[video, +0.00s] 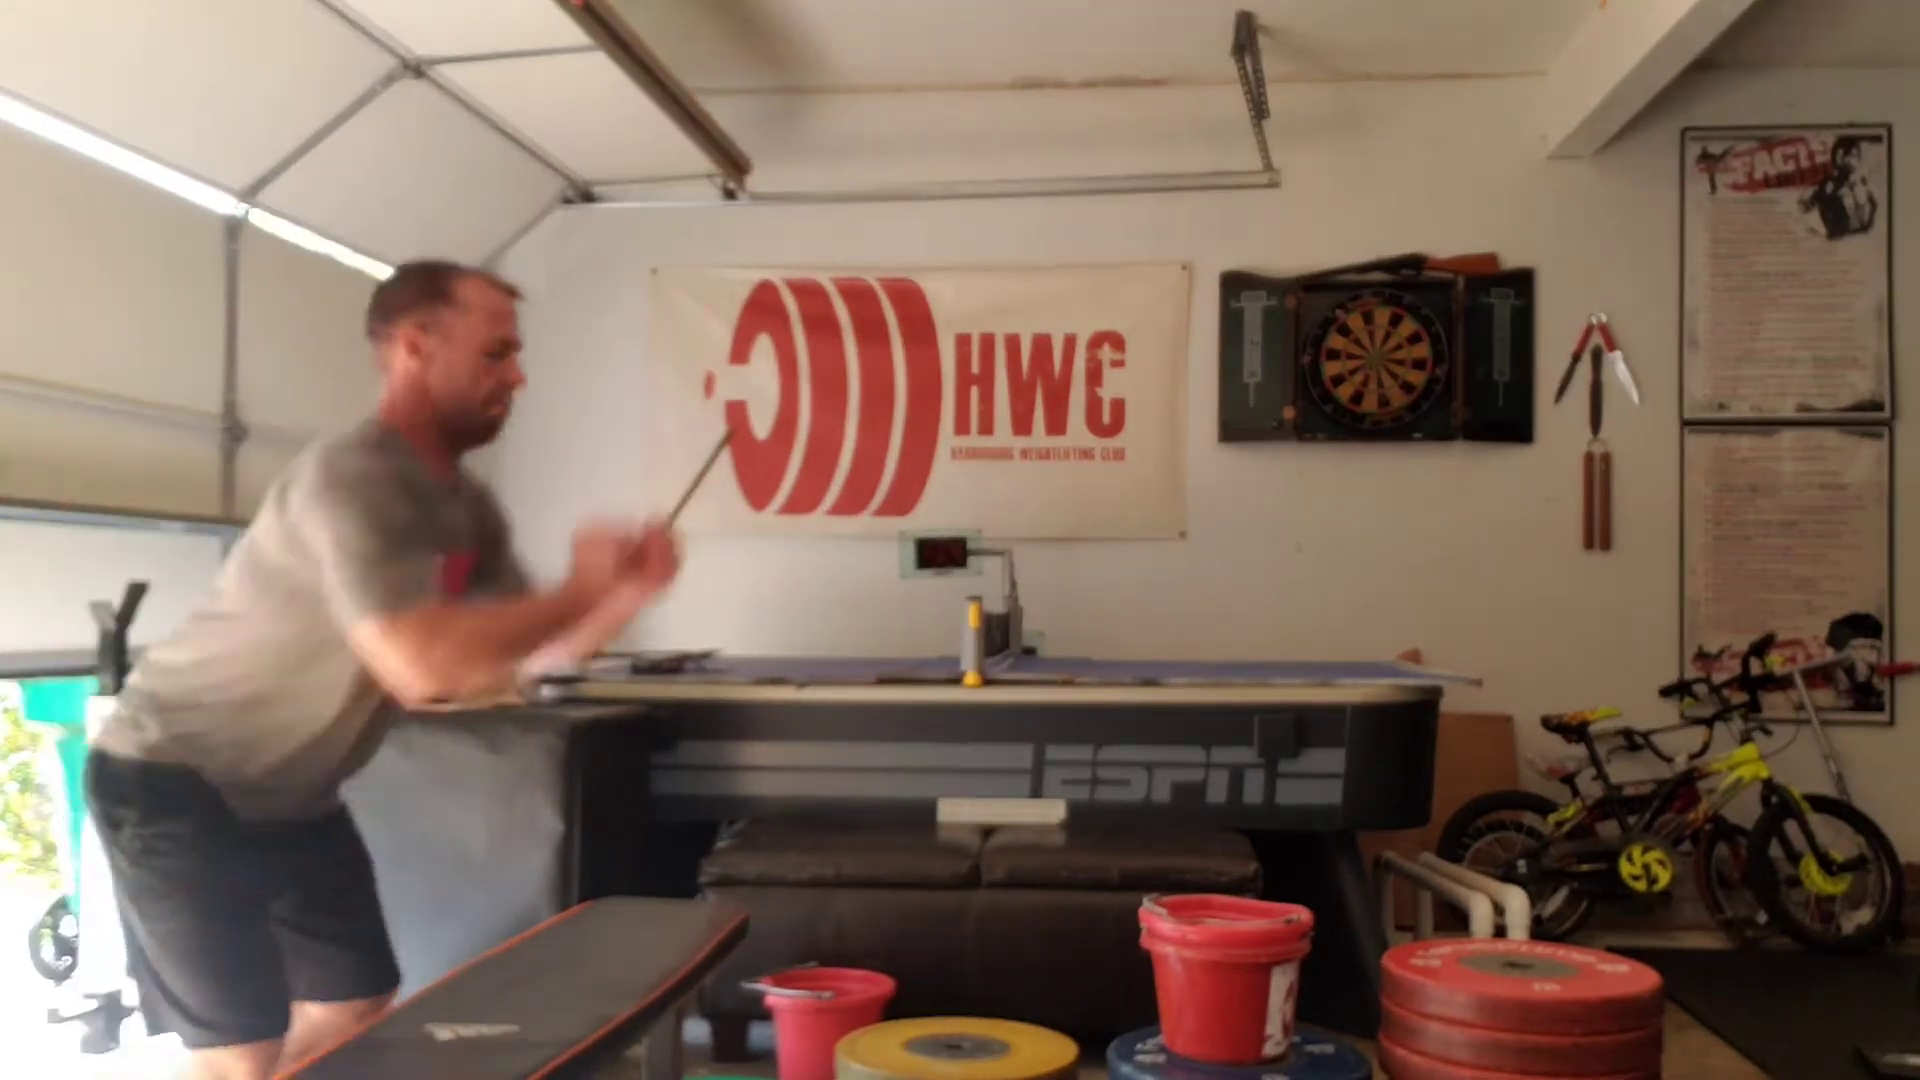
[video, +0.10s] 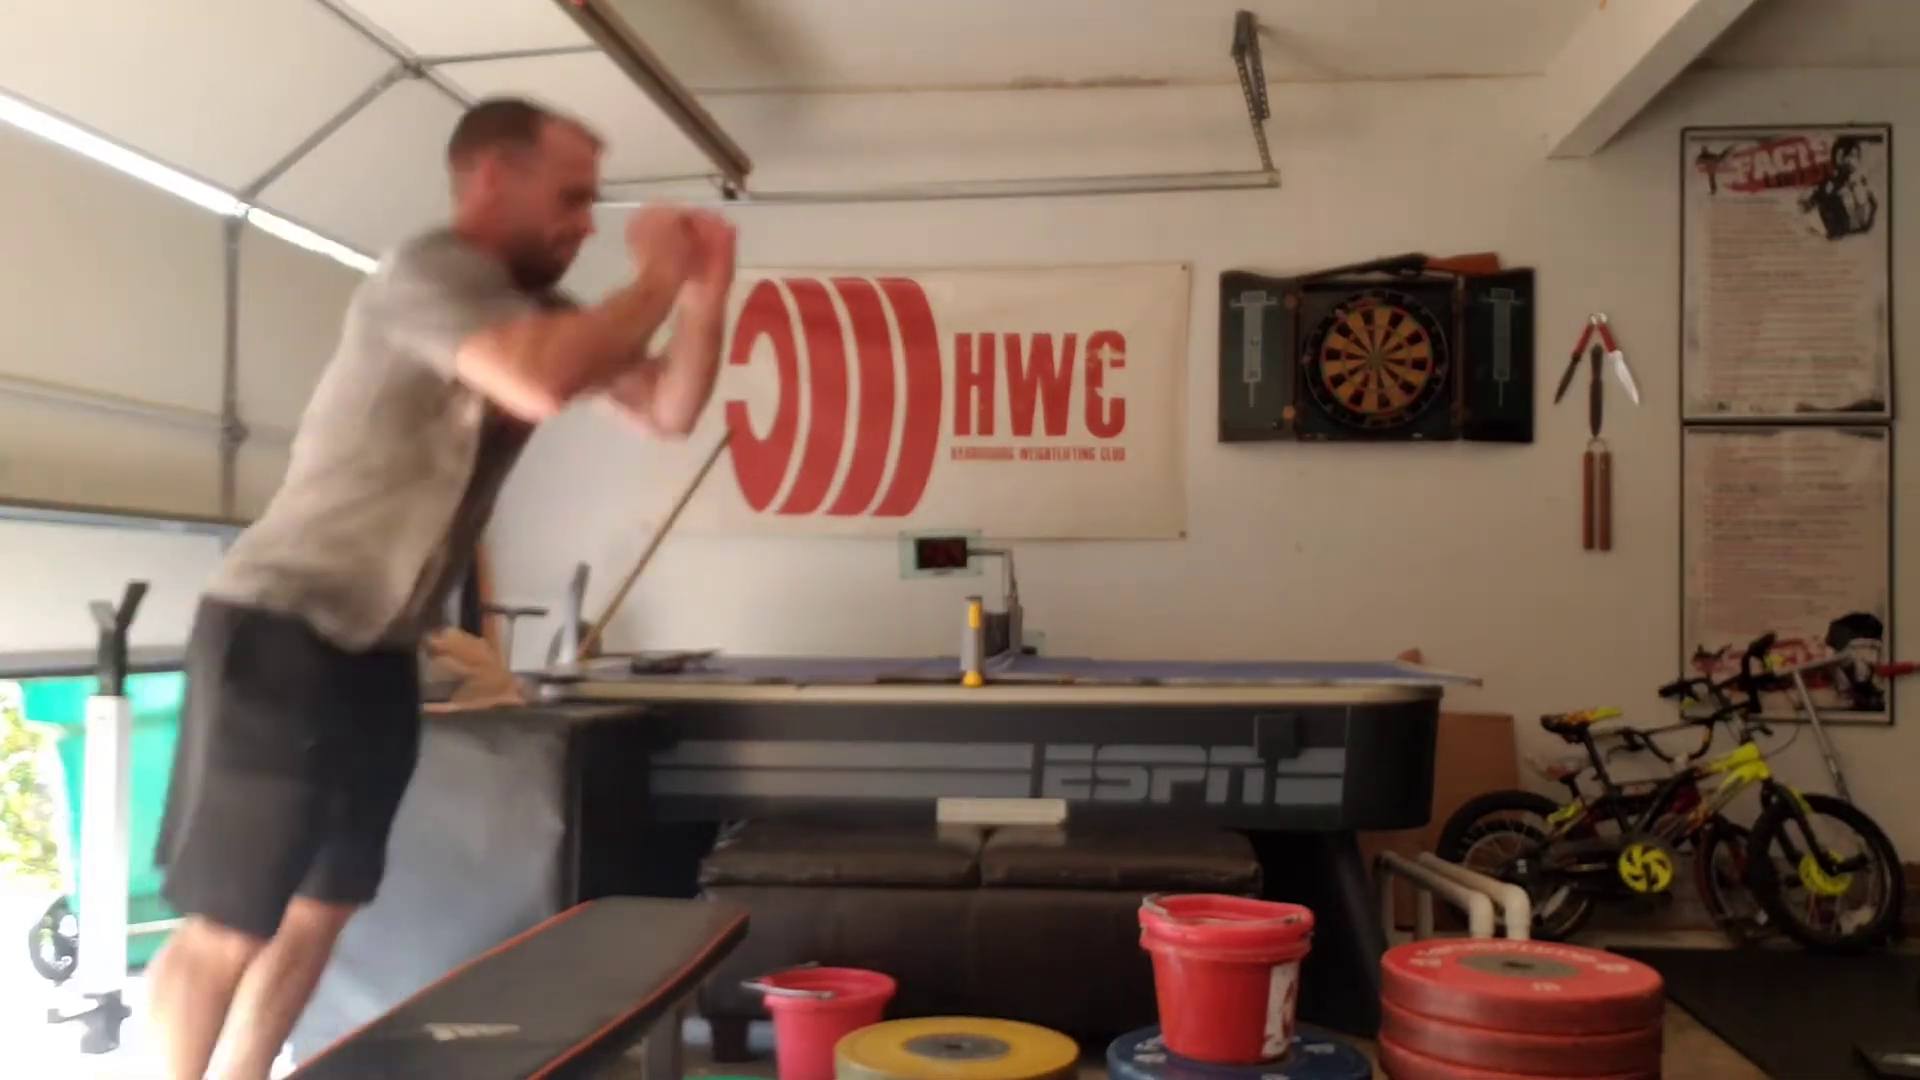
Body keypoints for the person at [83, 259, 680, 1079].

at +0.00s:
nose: (516, 380)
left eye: (515, 357)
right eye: (495, 354)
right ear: (412, 347)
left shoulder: (470, 509)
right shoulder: (343, 479)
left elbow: (525, 653)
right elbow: (420, 667)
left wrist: (622, 597)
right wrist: (573, 595)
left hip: (291, 780)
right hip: (168, 769)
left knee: (351, 1007)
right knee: (239, 1046)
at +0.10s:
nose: (588, 220)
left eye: (592, 202)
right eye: (573, 196)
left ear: (504, 184)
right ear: (491, 176)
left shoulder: (528, 315)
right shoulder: (427, 272)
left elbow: (666, 406)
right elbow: (537, 382)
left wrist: (705, 294)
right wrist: (653, 284)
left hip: (378, 650)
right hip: (277, 626)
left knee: (318, 911)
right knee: (227, 924)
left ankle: (235, 1078)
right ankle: (180, 1076)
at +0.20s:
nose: (672, 104)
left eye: (677, 85)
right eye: (659, 76)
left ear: (583, 59)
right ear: (577, 52)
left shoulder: (606, 201)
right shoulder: (494, 135)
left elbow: (717, 324)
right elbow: (566, 256)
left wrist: (788, 231)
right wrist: (722, 180)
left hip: (448, 489)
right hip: (354, 476)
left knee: (540, 730)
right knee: (426, 753)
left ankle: (294, 849)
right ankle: (228, 887)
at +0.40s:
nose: (843, 65)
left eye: (845, 42)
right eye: (831, 34)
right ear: (751, 15)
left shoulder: (754, 207)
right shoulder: (660, 113)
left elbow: (774, 382)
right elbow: (585, 289)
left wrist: (881, 468)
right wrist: (748, 361)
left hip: (584, 408)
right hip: (477, 389)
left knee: (788, 526)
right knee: (688, 501)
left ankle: (765, 804)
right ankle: (688, 787)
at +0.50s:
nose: (908, 82)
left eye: (912, 57)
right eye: (897, 49)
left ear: (823, 38)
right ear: (813, 27)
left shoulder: (818, 202)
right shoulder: (718, 125)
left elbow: (740, 366)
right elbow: (561, 243)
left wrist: (788, 479)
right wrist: (681, 373)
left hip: (719, 478)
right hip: (614, 467)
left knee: (860, 703)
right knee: (774, 729)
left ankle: (901, 1005)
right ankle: (850, 1042)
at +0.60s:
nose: (937, 185)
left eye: (940, 160)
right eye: (924, 154)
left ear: (847, 144)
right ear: (841, 136)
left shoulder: (852, 272)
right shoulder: (763, 232)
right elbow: (601, 348)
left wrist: (867, 569)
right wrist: (732, 471)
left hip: (857, 626)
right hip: (769, 635)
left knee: (943, 917)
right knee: (850, 966)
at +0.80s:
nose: (966, 229)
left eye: (973, 210)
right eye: (939, 211)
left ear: (981, 223)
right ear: (866, 227)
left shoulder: (1004, 398)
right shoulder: (810, 379)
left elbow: (1055, 562)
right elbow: (747, 560)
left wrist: (1116, 603)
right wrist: (909, 639)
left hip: (1004, 753)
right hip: (875, 754)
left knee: (1063, 1012)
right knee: (945, 1040)